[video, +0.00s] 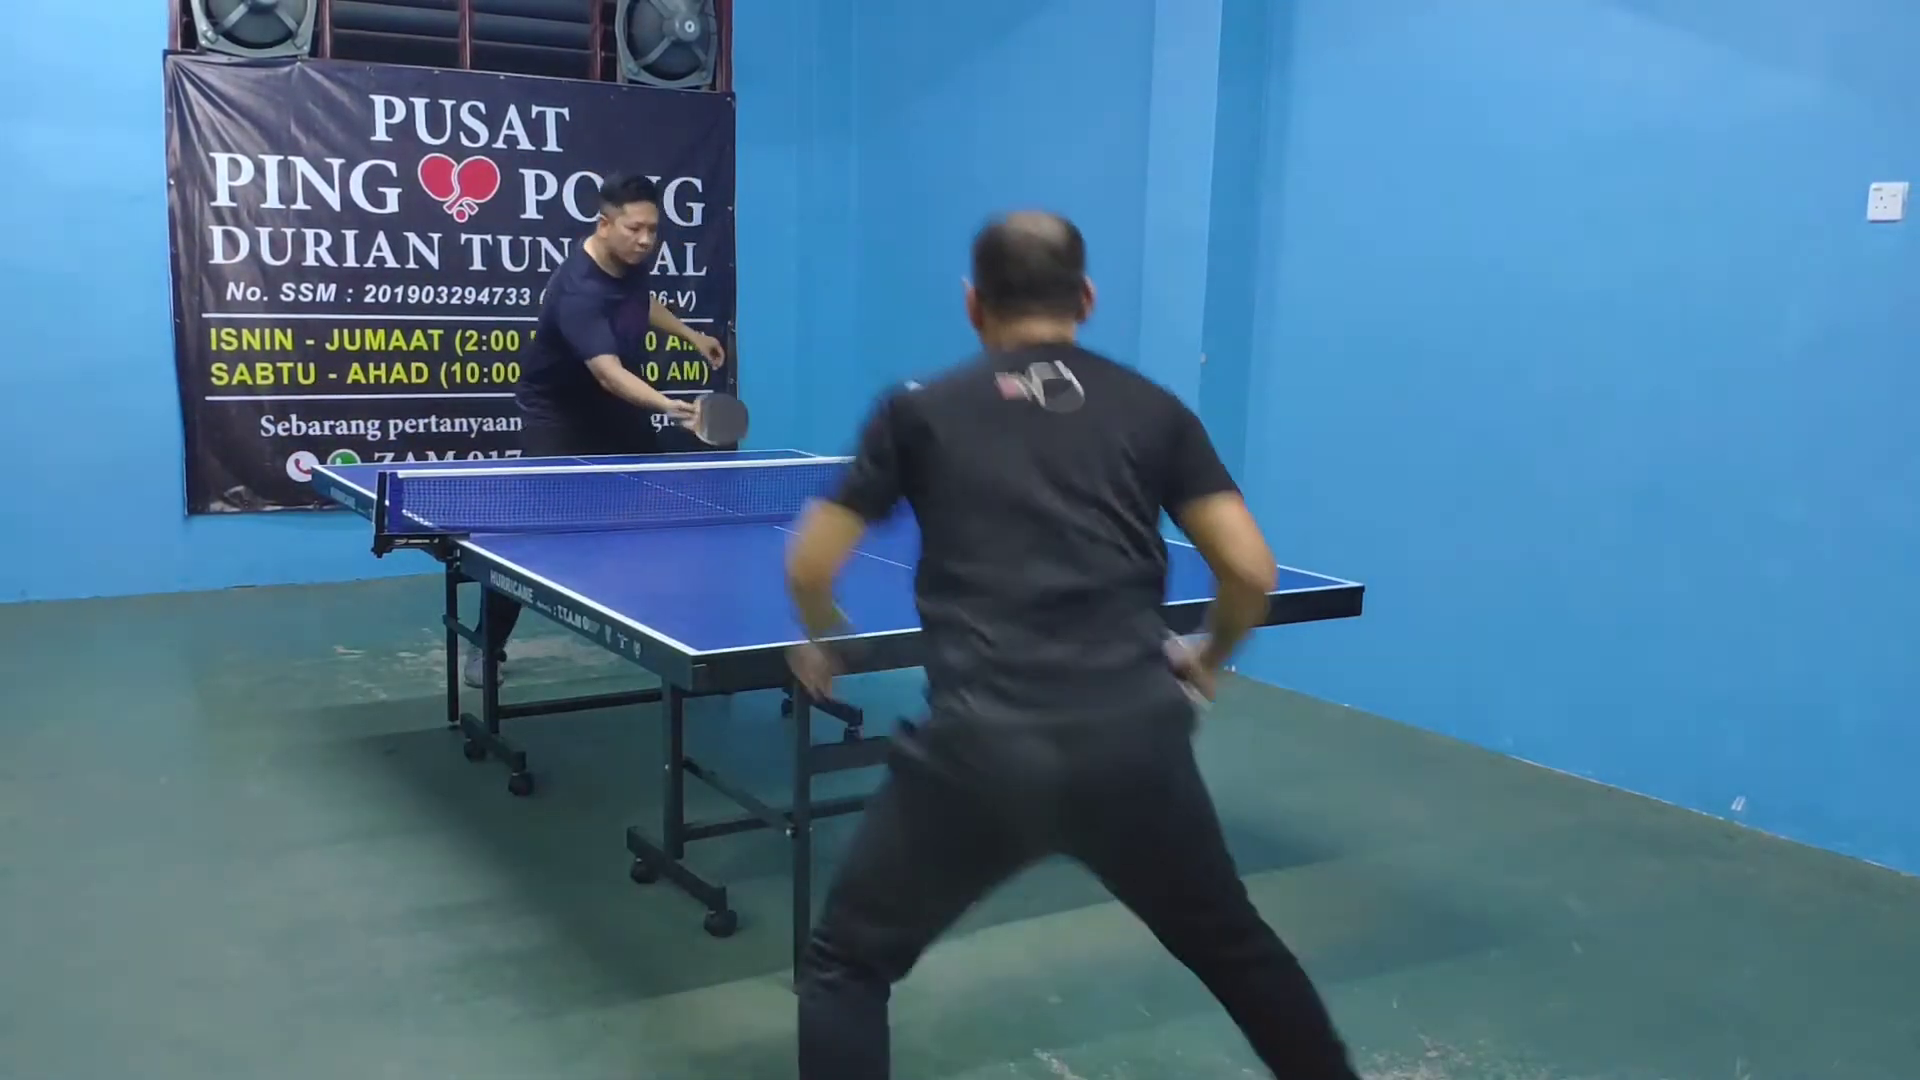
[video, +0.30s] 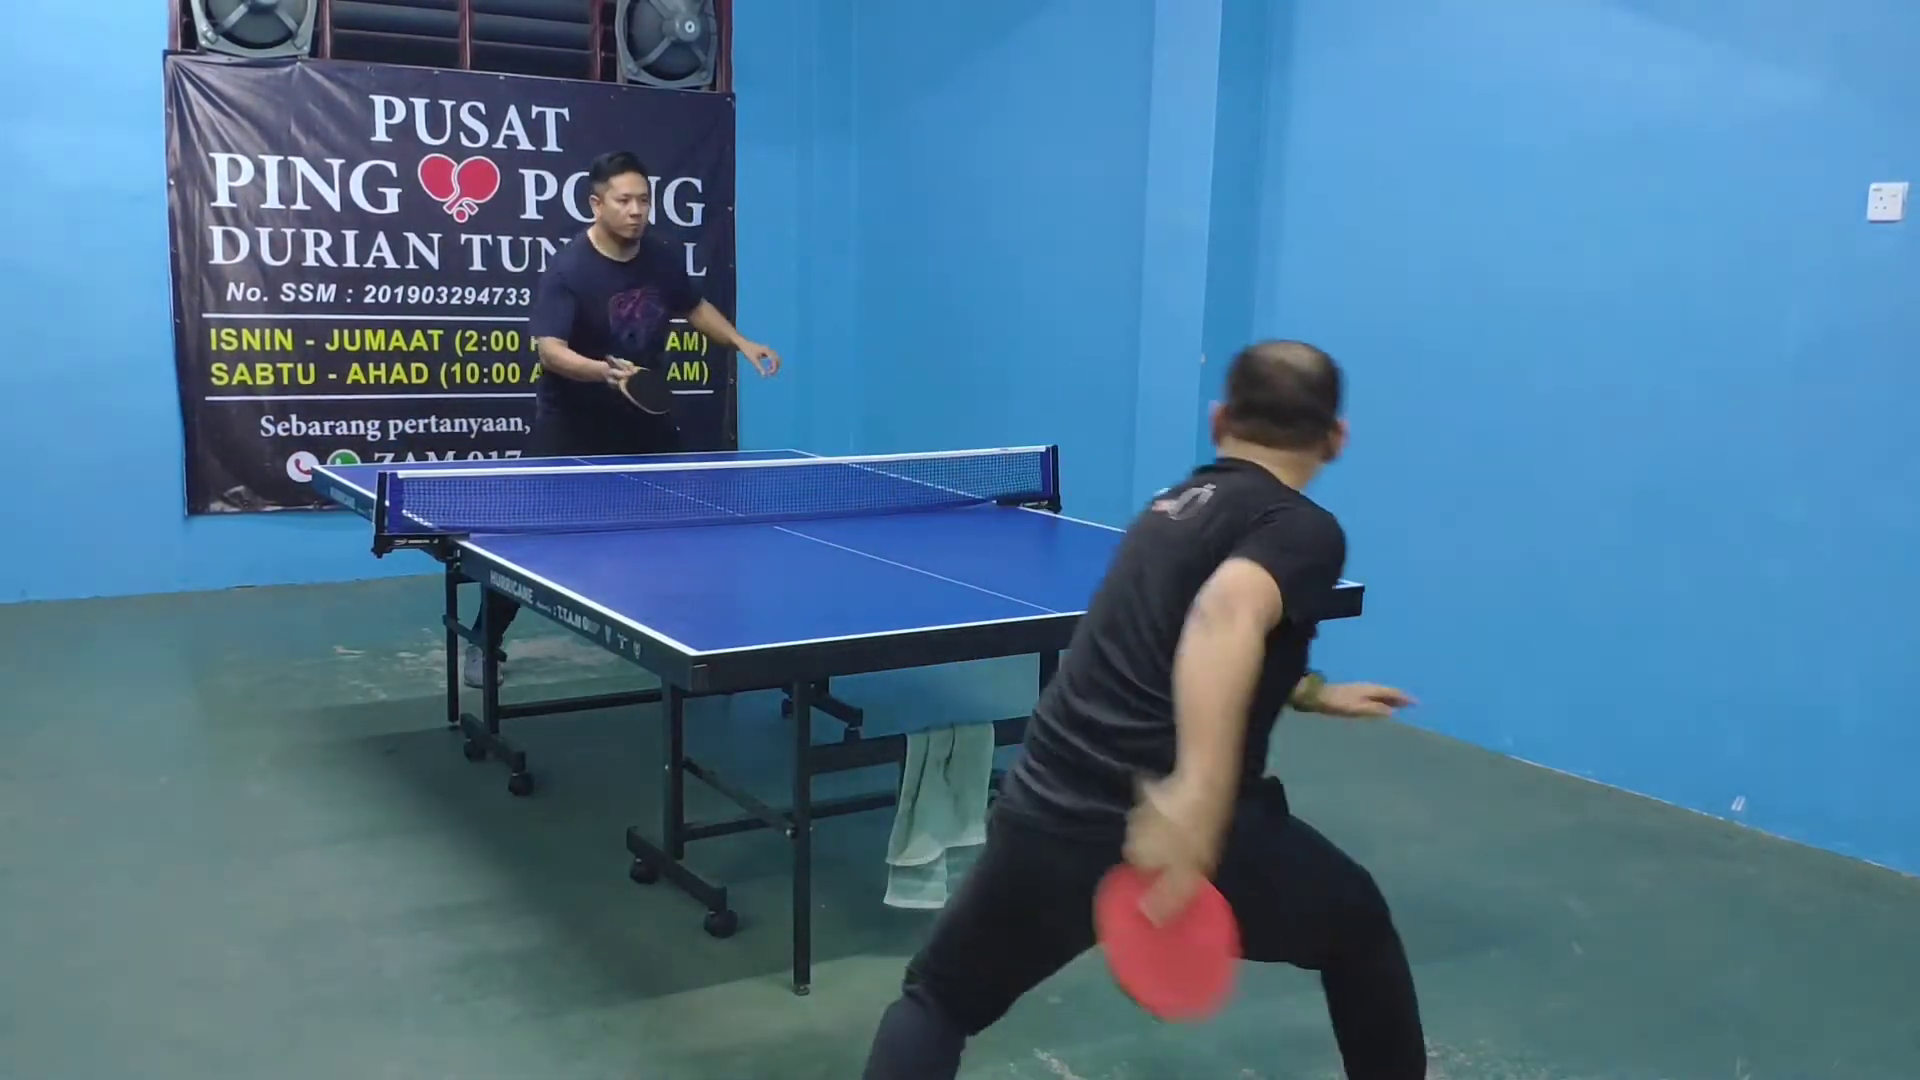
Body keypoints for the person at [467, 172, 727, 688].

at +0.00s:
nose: (645, 241)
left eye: (652, 231)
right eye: (635, 229)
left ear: (658, 229)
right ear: (603, 223)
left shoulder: (630, 262)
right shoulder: (578, 288)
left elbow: (640, 305)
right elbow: (609, 373)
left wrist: (691, 336)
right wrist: (671, 405)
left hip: (617, 410)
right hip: (558, 416)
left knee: (667, 500)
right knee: (537, 524)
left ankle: (684, 632)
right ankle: (490, 644)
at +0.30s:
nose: (637, 210)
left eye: (643, 199)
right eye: (625, 200)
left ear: (649, 203)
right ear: (595, 203)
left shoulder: (659, 258)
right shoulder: (567, 268)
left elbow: (694, 307)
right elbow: (550, 350)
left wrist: (742, 342)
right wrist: (601, 369)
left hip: (646, 419)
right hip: (575, 424)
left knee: (692, 513)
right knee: (536, 524)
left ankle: (702, 633)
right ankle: (488, 634)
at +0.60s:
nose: (621, 207)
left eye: (628, 197)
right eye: (609, 198)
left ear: (636, 201)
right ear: (582, 202)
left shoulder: (656, 259)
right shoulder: (554, 268)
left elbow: (694, 315)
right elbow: (521, 342)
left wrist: (723, 338)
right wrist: (561, 377)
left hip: (652, 427)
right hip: (572, 430)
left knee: (675, 527)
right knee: (526, 528)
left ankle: (690, 646)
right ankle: (488, 636)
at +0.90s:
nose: (555, 210)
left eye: (564, 200)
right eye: (545, 201)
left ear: (584, 204)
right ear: (532, 206)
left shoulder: (622, 255)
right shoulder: (512, 268)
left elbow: (667, 308)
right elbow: (453, 322)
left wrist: (710, 346)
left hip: (623, 417)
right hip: (546, 420)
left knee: (657, 519)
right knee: (494, 511)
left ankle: (681, 638)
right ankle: (455, 626)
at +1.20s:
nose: (492, 200)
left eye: (502, 190)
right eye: (480, 191)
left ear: (520, 199)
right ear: (462, 205)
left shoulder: (563, 248)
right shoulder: (450, 280)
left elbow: (616, 292)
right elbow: (402, 346)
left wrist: (657, 345)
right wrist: (363, 417)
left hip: (590, 418)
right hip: (509, 425)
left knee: (640, 521)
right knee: (467, 520)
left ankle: (675, 639)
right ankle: (437, 635)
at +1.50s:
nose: (549, 179)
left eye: (556, 169)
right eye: (536, 170)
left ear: (568, 178)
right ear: (515, 182)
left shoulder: (606, 239)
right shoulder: (498, 254)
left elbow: (654, 293)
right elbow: (472, 332)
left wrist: (674, 340)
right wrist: (450, 409)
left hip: (610, 408)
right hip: (534, 412)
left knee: (645, 511)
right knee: (491, 509)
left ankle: (674, 633)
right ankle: (448, 631)